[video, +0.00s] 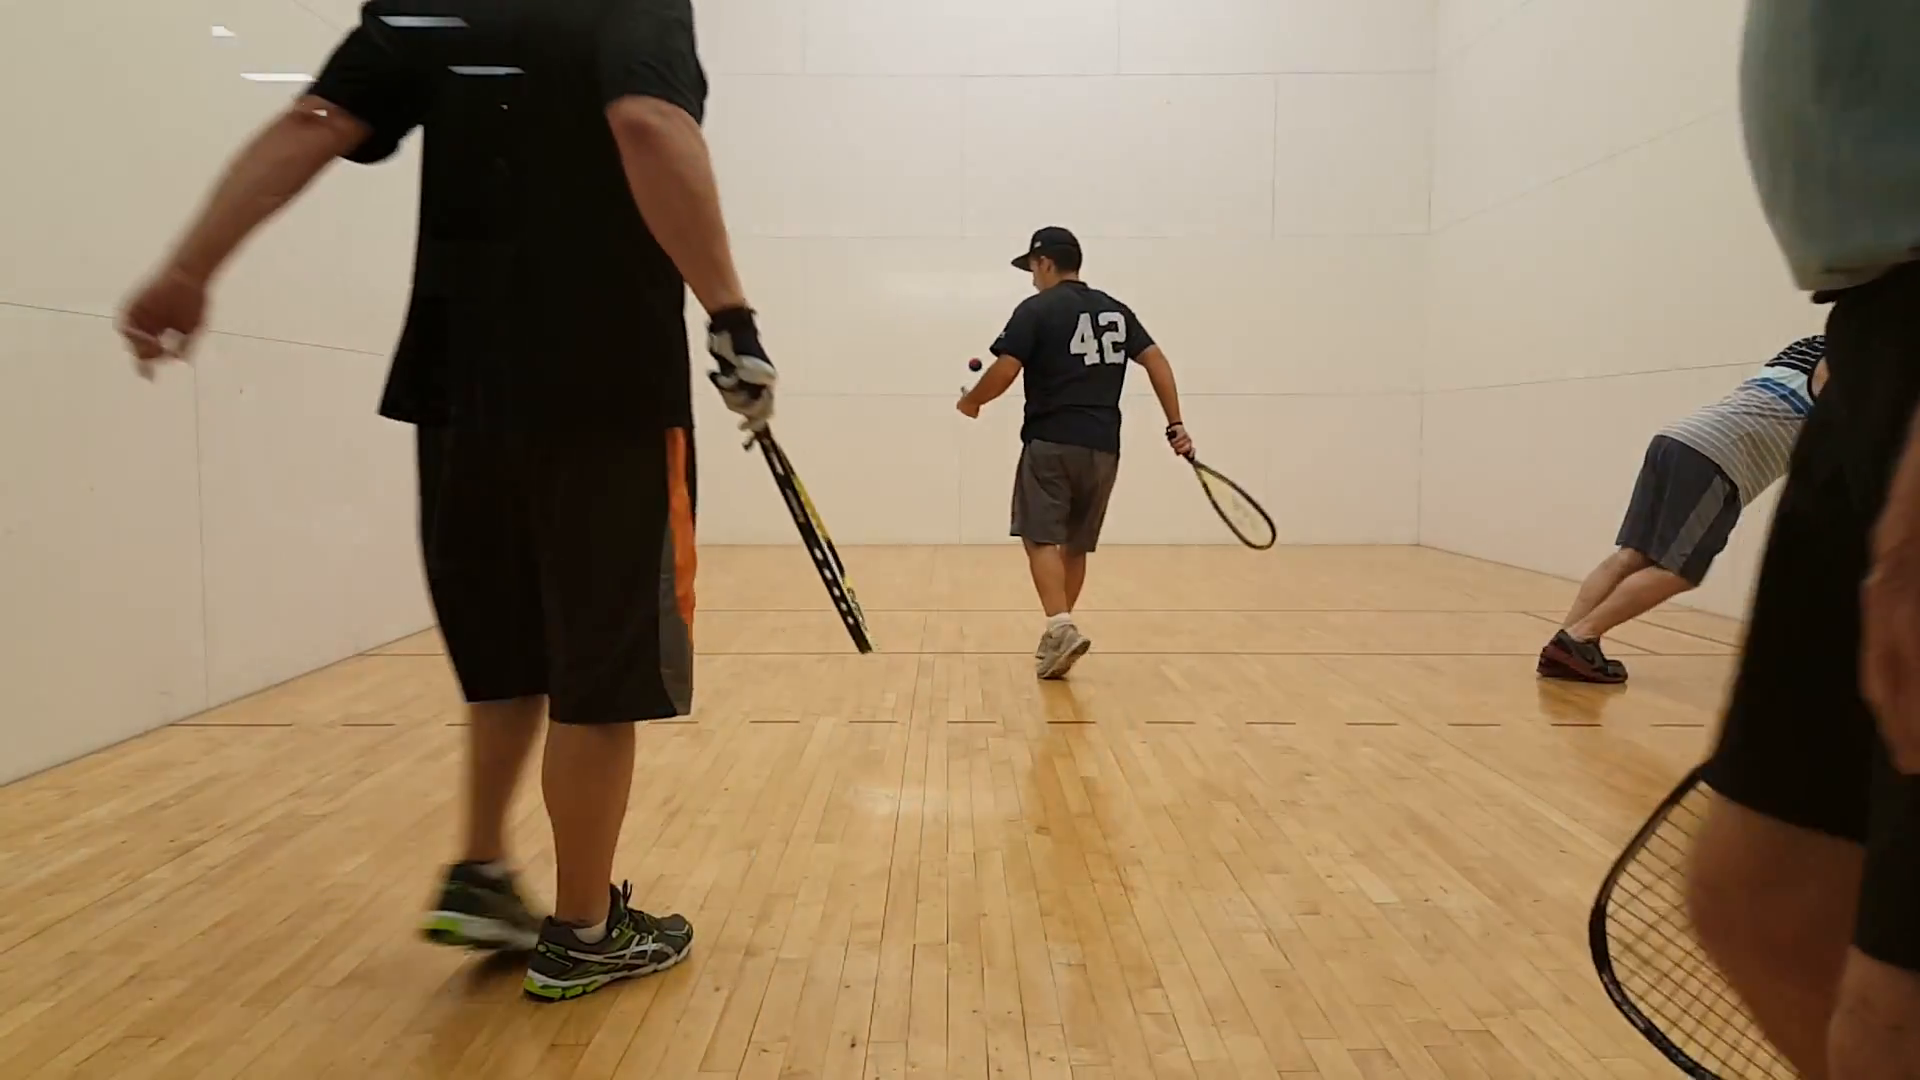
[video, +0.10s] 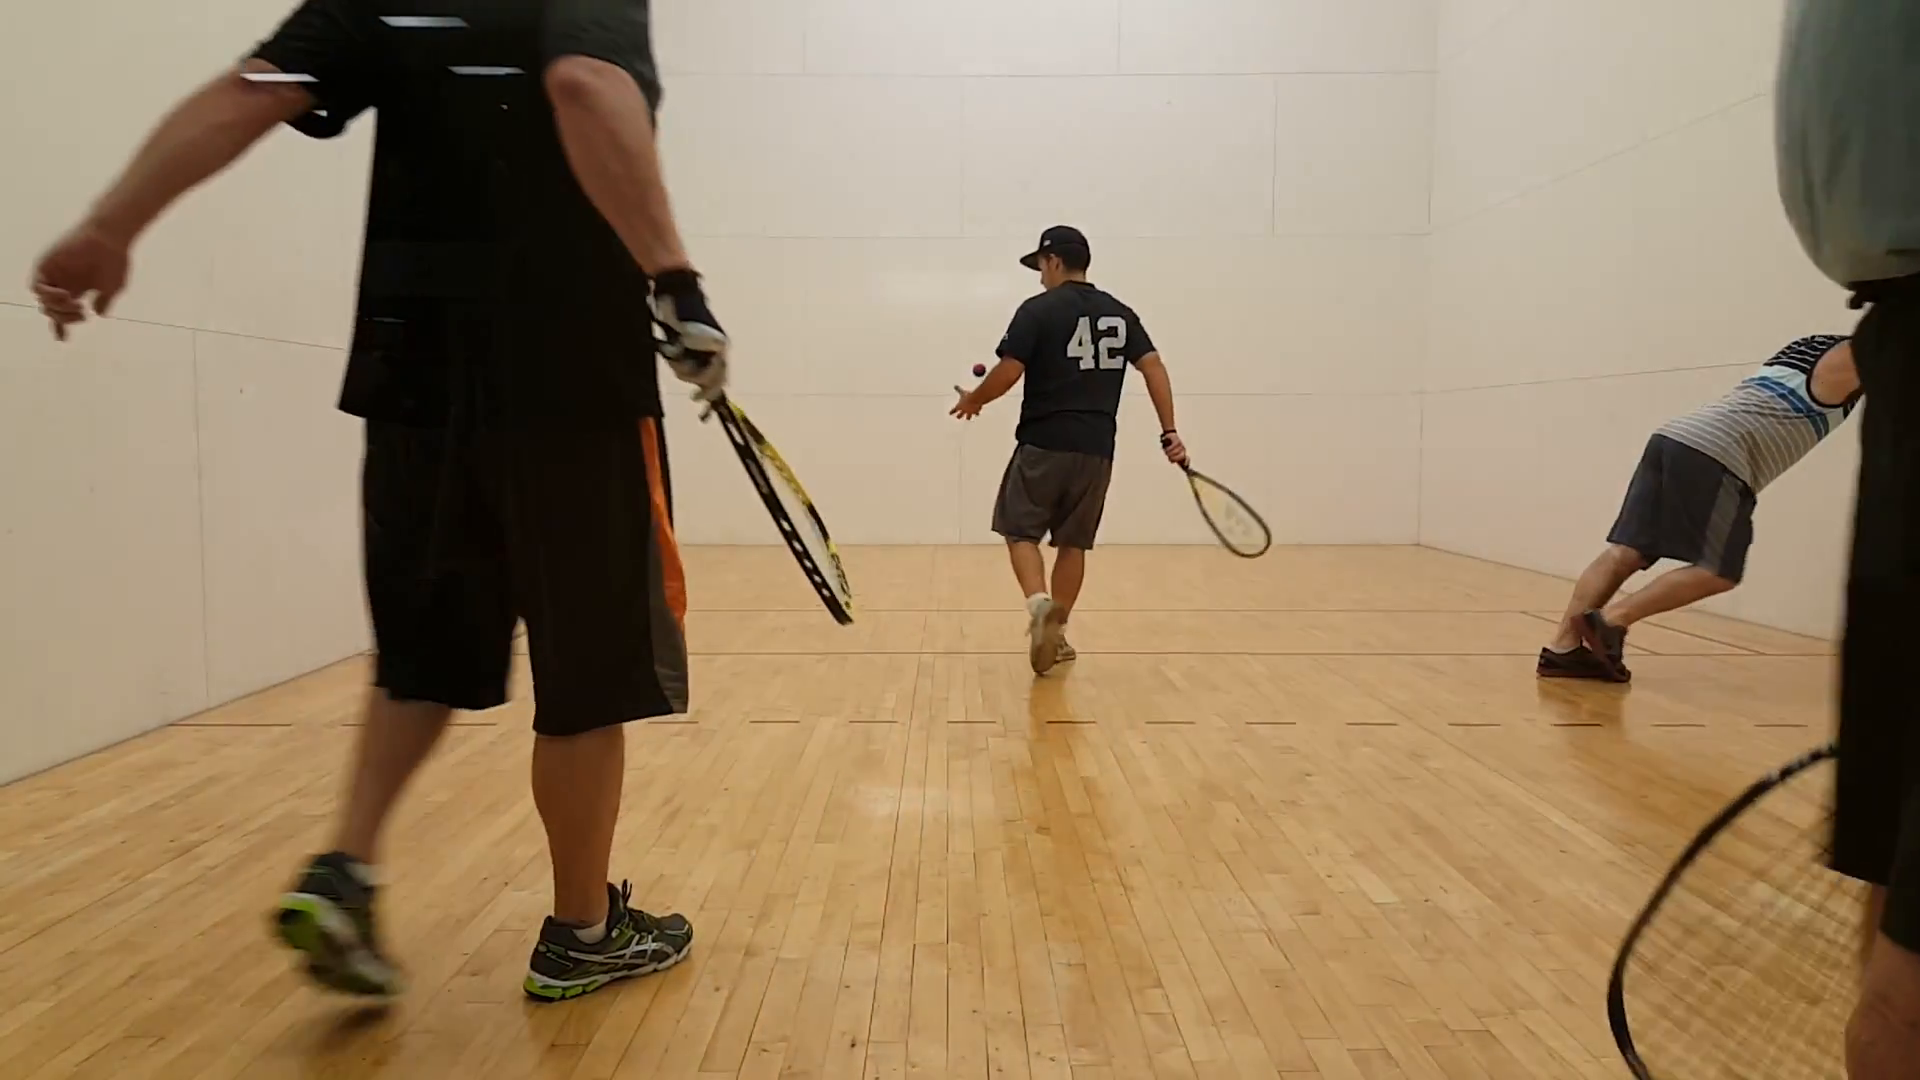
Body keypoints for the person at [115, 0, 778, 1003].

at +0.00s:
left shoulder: (430, 3)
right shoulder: (641, 4)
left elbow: (318, 121)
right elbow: (647, 122)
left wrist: (189, 266)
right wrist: (733, 316)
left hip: (462, 386)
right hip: (603, 388)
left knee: (507, 643)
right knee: (602, 667)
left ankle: (480, 869)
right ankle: (587, 928)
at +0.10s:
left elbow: (256, 87)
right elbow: (584, 84)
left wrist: (110, 225)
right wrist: (677, 278)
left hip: (414, 374)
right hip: (569, 376)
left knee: (428, 641)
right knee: (590, 656)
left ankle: (347, 870)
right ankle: (585, 926)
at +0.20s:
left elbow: (179, 75)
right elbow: (526, 64)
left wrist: (56, 221)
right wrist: (640, 261)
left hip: (363, 364)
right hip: (524, 371)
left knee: (340, 636)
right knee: (564, 641)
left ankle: (215, 899)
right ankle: (583, 925)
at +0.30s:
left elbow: (98, 123)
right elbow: (508, 87)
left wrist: (63, 252)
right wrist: (642, 273)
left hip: (304, 381)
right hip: (477, 387)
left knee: (250, 659)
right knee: (530, 657)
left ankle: (124, 985)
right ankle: (581, 923)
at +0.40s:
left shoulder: (174, 2)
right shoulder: (432, 3)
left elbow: (79, 188)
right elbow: (525, 170)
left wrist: (156, 298)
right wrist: (617, 290)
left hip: (222, 402)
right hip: (411, 404)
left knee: (168, 706)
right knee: (489, 669)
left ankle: (102, 1026)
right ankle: (566, 922)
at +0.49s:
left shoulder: (112, 14)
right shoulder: (389, 2)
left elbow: (80, 153)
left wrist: (155, 231)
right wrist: (517, 220)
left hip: (149, 378)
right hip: (345, 373)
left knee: (125, 707)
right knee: (437, 664)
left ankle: (91, 1034)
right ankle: (550, 919)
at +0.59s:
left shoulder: (52, 10)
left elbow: (119, 164)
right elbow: (444, 187)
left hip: (94, 354)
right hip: (302, 351)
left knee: (105, 700)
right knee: (408, 659)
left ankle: (90, 1035)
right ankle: (486, 936)